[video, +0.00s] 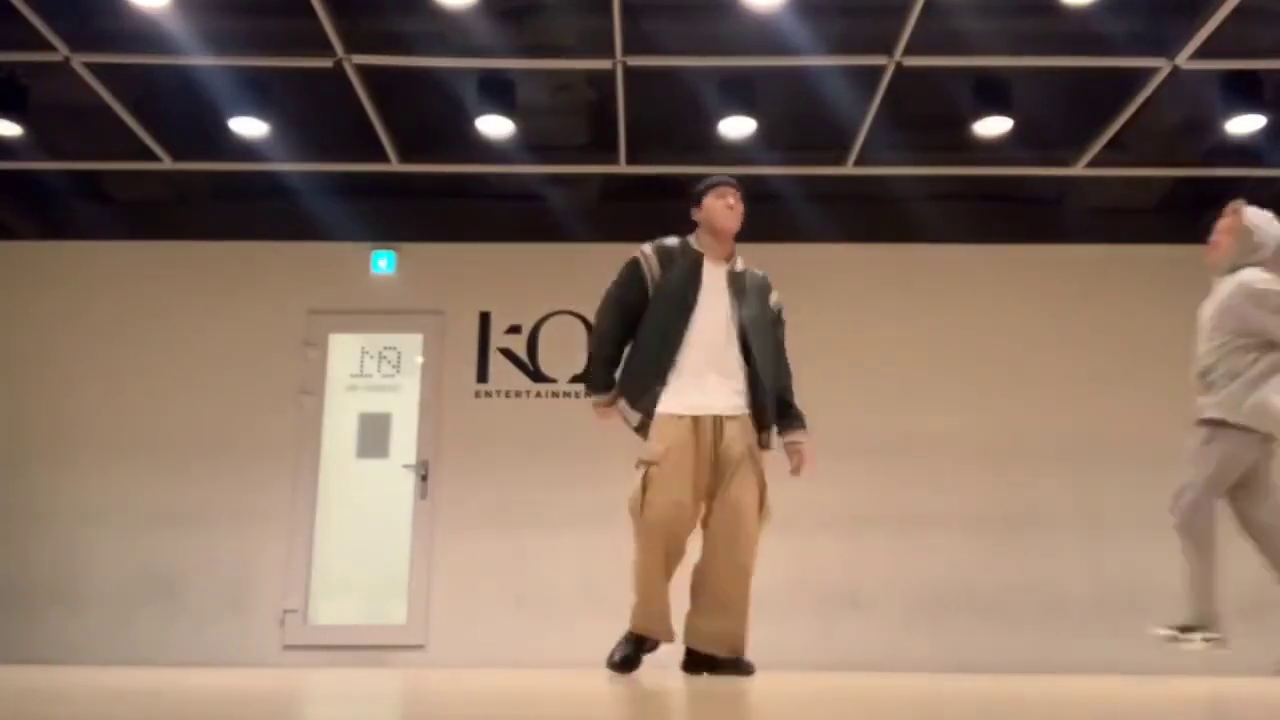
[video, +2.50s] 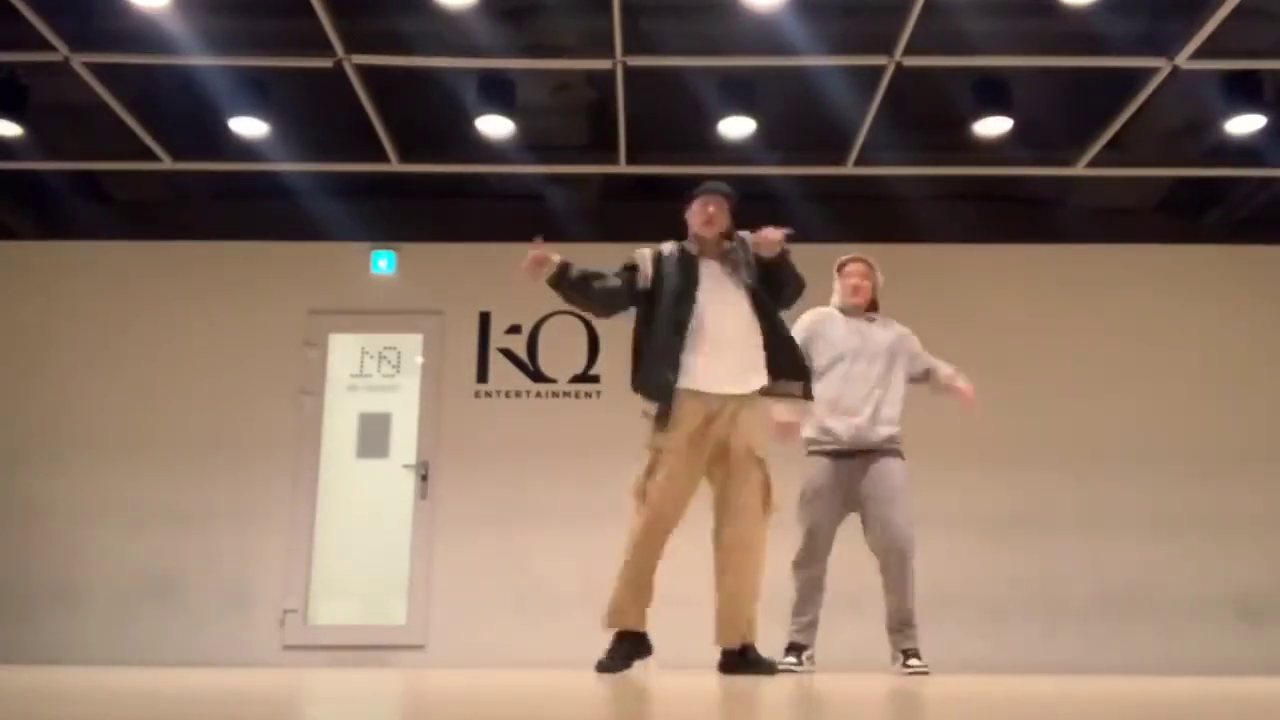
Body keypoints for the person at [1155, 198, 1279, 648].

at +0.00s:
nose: (1214, 237)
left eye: (1226, 230)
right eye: (1219, 228)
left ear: (1250, 243)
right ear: (1236, 237)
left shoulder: (1252, 287)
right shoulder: (1231, 288)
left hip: (1240, 422)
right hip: (1248, 424)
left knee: (1190, 503)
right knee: (1264, 523)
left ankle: (1203, 619)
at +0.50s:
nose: (985, 246)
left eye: (997, 239)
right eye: (982, 241)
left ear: (1020, 255)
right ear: (977, 257)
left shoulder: (1031, 302)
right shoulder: (972, 304)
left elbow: (1026, 327)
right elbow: (932, 328)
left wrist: (1004, 277)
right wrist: (949, 282)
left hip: (987, 431)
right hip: (952, 429)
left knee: (981, 532)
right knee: (927, 517)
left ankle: (987, 632)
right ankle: (950, 611)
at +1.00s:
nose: (847, 304)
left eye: (853, 298)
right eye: (839, 297)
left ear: (862, 307)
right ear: (826, 304)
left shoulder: (879, 354)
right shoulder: (801, 351)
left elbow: (891, 412)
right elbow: (784, 409)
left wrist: (875, 451)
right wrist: (827, 442)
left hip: (873, 477)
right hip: (818, 477)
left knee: (913, 538)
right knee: (787, 561)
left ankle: (910, 640)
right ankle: (775, 646)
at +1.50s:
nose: (862, 315)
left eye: (869, 308)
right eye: (854, 308)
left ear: (879, 315)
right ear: (843, 315)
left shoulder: (889, 353)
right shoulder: (826, 351)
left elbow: (890, 397)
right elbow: (818, 387)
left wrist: (904, 350)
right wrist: (824, 339)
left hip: (888, 461)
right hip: (836, 461)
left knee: (911, 548)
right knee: (821, 544)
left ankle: (890, 646)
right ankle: (843, 646)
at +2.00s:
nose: (819, 301)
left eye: (827, 293)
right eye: (813, 293)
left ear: (843, 298)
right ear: (805, 298)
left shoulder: (867, 325)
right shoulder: (792, 329)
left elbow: (870, 366)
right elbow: (800, 372)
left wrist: (844, 399)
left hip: (869, 454)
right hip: (813, 457)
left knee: (901, 530)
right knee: (800, 554)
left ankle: (913, 637)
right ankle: (801, 644)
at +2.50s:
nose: (857, 282)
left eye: (864, 277)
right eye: (850, 276)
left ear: (876, 287)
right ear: (836, 285)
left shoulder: (895, 335)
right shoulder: (817, 322)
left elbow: (927, 368)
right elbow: (783, 364)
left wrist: (954, 380)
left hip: (882, 456)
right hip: (827, 455)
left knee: (897, 545)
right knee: (811, 551)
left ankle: (906, 647)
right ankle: (799, 645)